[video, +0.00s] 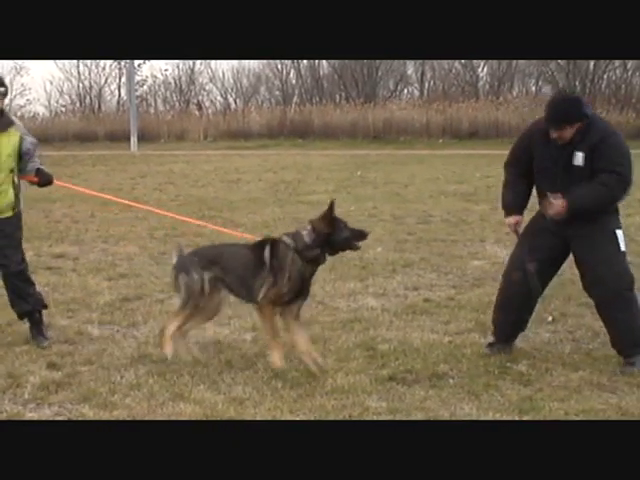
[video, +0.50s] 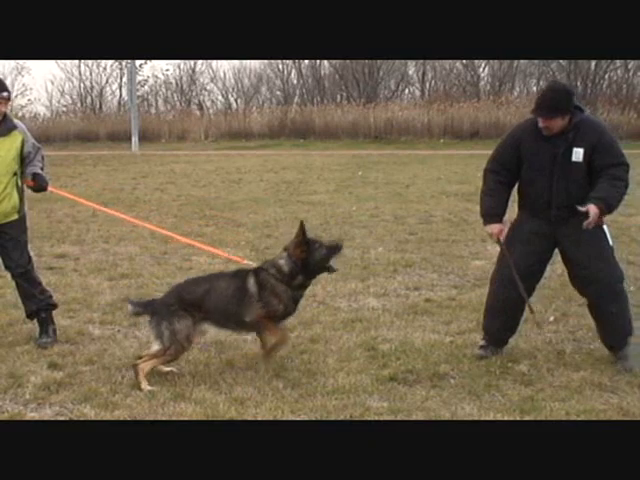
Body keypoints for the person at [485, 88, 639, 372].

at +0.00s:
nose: (555, 134)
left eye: (561, 129)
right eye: (552, 128)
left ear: (578, 124)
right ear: (547, 121)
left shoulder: (605, 140)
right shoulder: (536, 135)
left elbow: (616, 182)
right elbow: (517, 170)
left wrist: (570, 203)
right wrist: (513, 210)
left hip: (595, 224)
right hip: (549, 222)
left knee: (611, 285)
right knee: (519, 275)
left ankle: (632, 352)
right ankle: (502, 338)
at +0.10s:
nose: (569, 128)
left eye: (576, 123)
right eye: (566, 122)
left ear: (593, 121)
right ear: (562, 115)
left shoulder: (616, 144)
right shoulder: (545, 133)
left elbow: (632, 188)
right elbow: (520, 164)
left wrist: (605, 217)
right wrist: (509, 204)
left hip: (594, 225)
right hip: (549, 220)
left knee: (611, 287)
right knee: (518, 270)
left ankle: (632, 353)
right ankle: (500, 335)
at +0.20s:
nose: (570, 126)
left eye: (577, 122)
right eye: (568, 119)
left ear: (594, 121)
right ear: (564, 113)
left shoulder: (618, 143)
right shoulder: (546, 132)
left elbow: (634, 184)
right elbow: (518, 163)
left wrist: (622, 215)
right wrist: (507, 205)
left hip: (594, 226)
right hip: (547, 220)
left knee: (612, 287)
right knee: (516, 272)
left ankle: (632, 352)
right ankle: (495, 334)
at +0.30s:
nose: (563, 125)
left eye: (570, 121)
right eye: (560, 119)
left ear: (588, 119)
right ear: (556, 112)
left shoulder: (610, 139)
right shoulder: (539, 133)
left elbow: (632, 175)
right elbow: (510, 167)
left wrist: (622, 210)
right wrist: (504, 210)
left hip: (590, 225)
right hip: (542, 221)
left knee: (610, 286)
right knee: (516, 277)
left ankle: (631, 351)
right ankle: (496, 340)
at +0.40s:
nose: (552, 124)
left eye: (559, 120)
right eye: (549, 117)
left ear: (577, 116)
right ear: (545, 112)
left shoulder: (599, 137)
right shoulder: (529, 135)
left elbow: (622, 173)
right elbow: (501, 172)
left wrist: (610, 206)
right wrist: (497, 218)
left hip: (583, 227)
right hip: (534, 224)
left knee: (607, 287)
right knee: (508, 280)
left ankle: (631, 350)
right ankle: (493, 341)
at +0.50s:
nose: (542, 123)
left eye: (549, 119)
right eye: (540, 117)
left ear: (567, 116)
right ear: (536, 113)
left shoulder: (592, 134)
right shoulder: (523, 135)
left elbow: (617, 171)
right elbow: (497, 172)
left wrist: (600, 204)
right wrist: (493, 217)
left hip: (580, 225)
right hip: (532, 224)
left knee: (604, 284)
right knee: (508, 280)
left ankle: (620, 345)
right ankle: (493, 341)